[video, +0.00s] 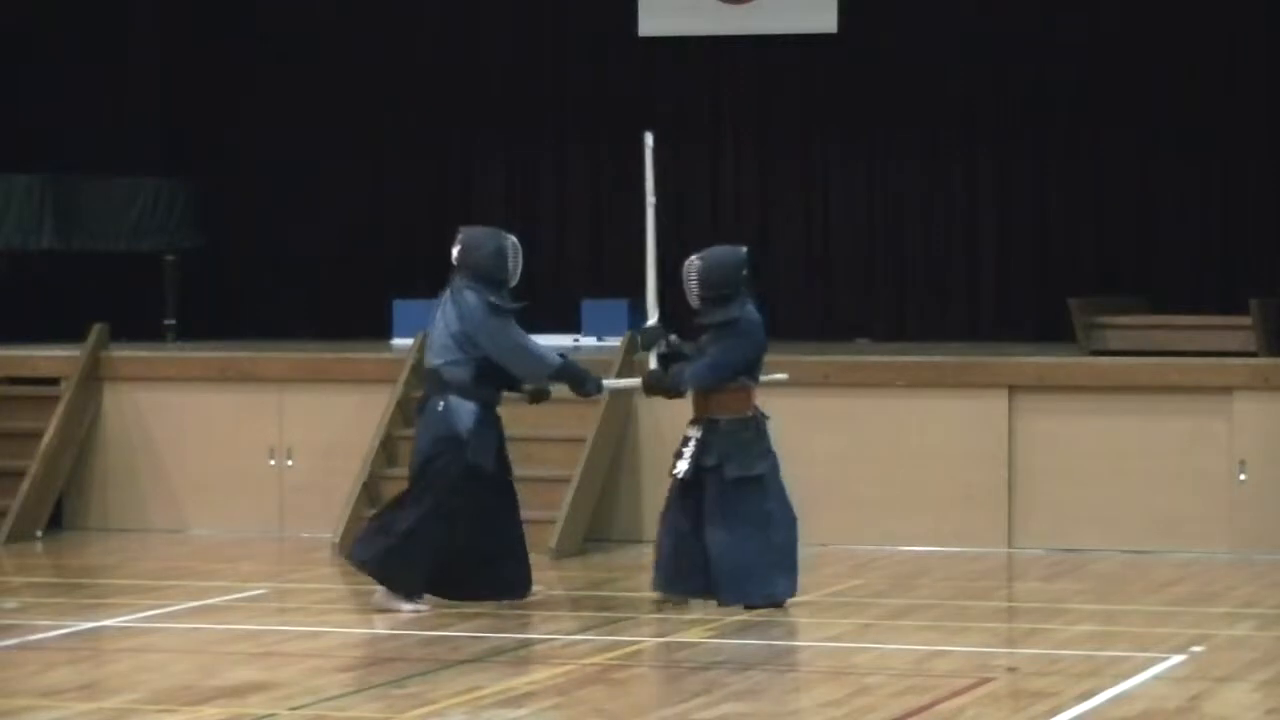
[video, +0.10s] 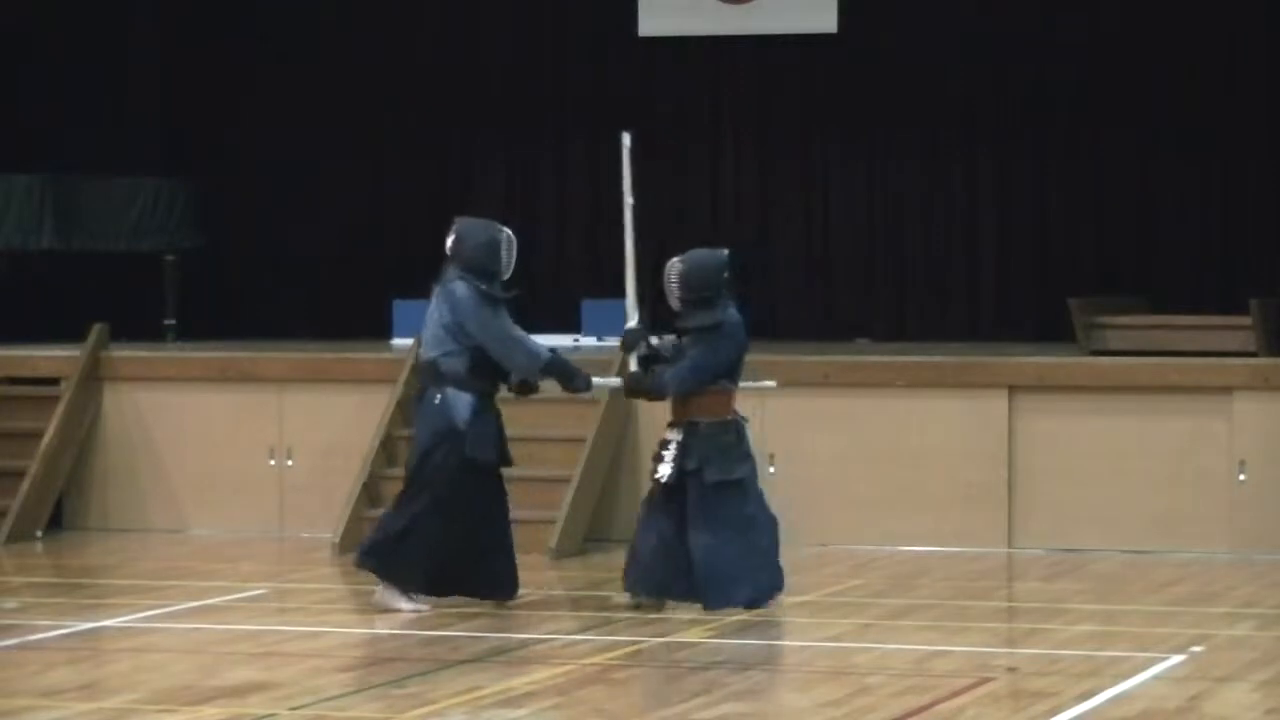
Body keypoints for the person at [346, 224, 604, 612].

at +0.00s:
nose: (513, 268)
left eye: (512, 259)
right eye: (507, 260)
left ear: (468, 260)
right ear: (491, 262)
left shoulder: (461, 297)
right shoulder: (474, 302)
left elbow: (479, 359)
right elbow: (516, 350)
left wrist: (524, 383)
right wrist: (571, 373)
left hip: (464, 408)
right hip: (459, 411)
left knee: (490, 496)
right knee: (443, 497)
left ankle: (502, 580)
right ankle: (398, 583)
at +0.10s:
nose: (504, 261)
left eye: (504, 253)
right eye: (499, 253)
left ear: (464, 253)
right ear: (484, 255)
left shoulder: (472, 291)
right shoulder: (463, 293)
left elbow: (502, 338)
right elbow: (507, 343)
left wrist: (522, 373)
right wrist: (558, 369)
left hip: (469, 403)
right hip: (453, 404)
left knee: (483, 494)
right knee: (437, 492)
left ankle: (493, 580)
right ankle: (395, 579)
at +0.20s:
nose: (503, 260)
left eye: (503, 251)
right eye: (498, 252)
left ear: (462, 251)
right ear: (482, 254)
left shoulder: (465, 290)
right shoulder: (462, 293)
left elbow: (486, 346)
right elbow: (510, 341)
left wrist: (522, 368)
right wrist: (561, 362)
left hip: (467, 403)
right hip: (453, 405)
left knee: (472, 495)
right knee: (440, 492)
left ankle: (471, 584)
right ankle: (394, 576)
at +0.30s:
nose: (508, 262)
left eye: (508, 253)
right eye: (503, 253)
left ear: (465, 253)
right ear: (487, 255)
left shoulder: (471, 292)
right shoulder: (466, 295)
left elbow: (484, 356)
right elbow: (518, 343)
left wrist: (524, 371)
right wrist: (567, 362)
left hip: (470, 403)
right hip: (454, 404)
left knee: (468, 496)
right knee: (440, 493)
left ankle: (462, 588)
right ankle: (397, 582)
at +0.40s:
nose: (514, 260)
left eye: (513, 251)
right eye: (509, 251)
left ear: (471, 252)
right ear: (495, 254)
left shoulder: (473, 289)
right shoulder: (471, 292)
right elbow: (523, 344)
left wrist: (554, 356)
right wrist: (563, 349)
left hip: (477, 402)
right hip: (461, 403)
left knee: (475, 498)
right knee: (447, 494)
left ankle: (466, 589)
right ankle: (402, 573)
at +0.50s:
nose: (519, 261)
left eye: (519, 253)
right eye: (514, 253)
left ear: (479, 252)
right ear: (498, 256)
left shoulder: (477, 284)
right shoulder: (477, 291)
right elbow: (528, 347)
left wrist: (533, 368)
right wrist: (556, 356)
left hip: (476, 398)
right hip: (470, 402)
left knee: (477, 490)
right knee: (473, 491)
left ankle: (468, 584)